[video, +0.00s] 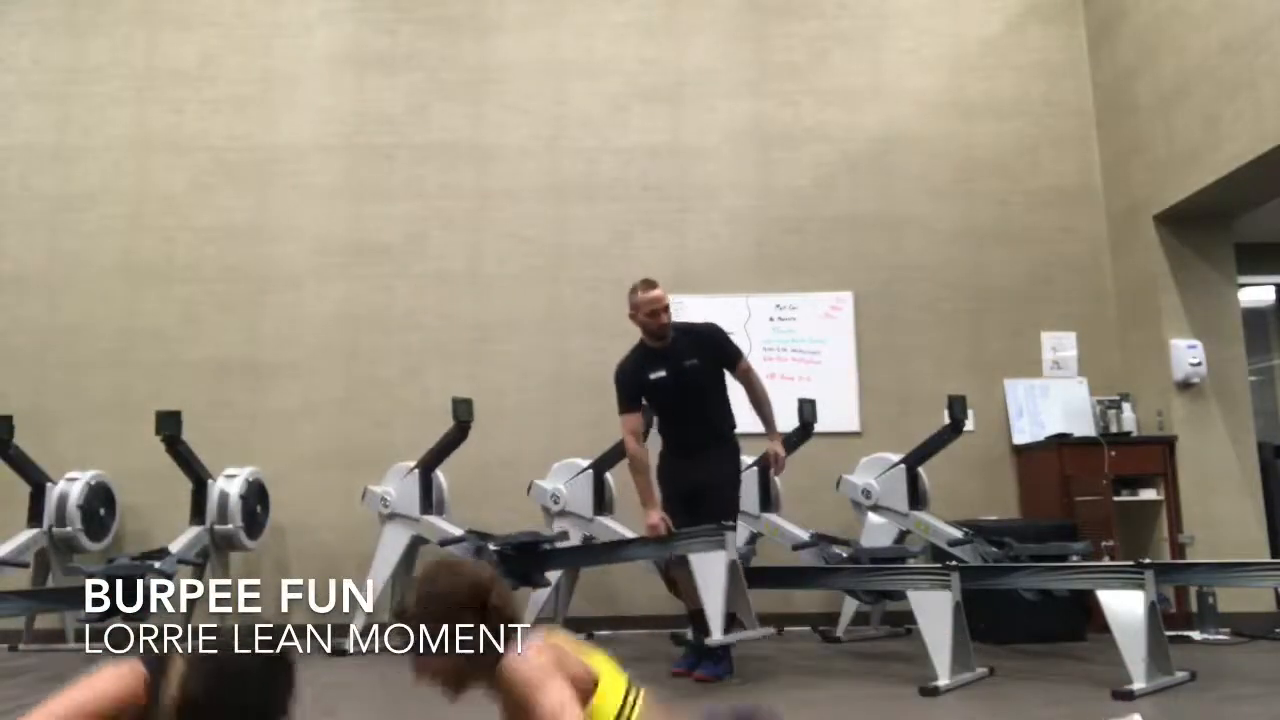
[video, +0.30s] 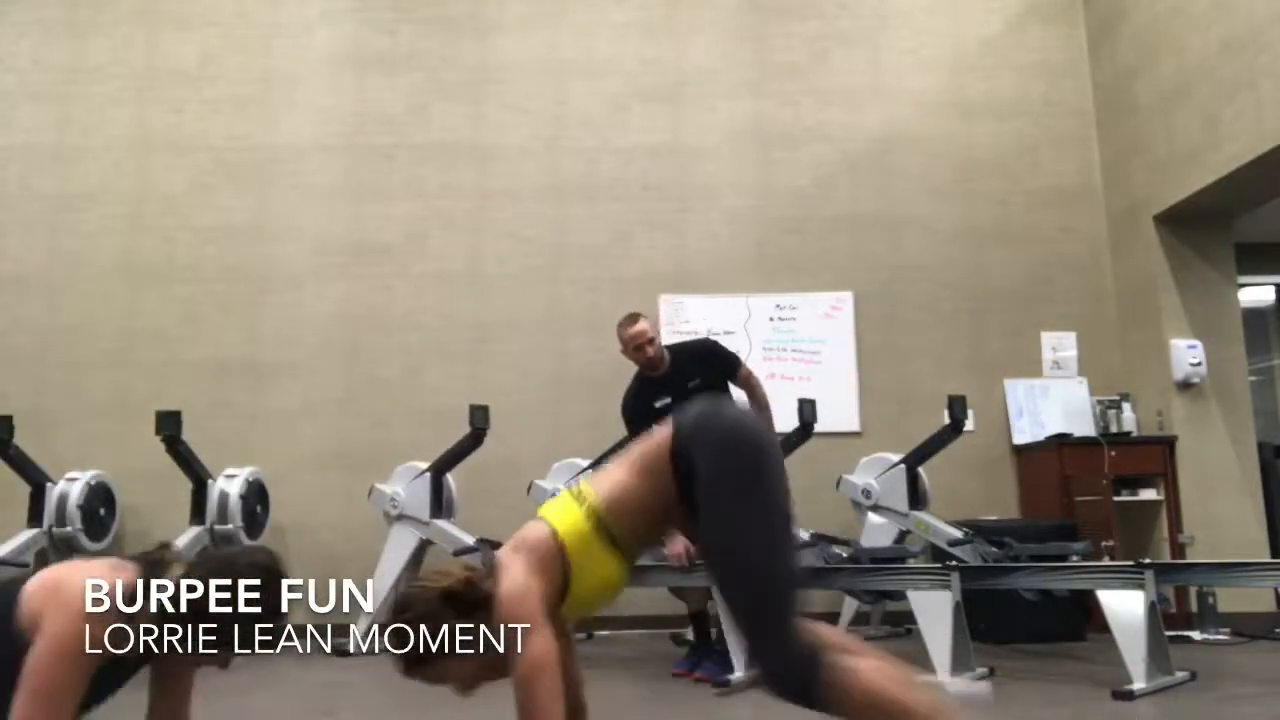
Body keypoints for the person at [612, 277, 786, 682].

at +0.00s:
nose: (661, 319)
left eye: (664, 310)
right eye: (651, 314)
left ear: (670, 307)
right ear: (634, 318)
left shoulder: (708, 337)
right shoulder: (630, 370)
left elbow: (749, 380)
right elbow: (633, 441)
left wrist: (773, 436)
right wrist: (650, 507)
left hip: (719, 456)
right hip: (675, 461)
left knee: (716, 550)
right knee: (674, 553)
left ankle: (720, 649)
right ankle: (700, 641)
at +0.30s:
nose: (648, 352)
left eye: (650, 342)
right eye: (637, 349)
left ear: (659, 334)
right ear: (626, 354)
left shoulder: (704, 354)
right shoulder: (634, 403)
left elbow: (751, 384)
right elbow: (653, 468)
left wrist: (767, 440)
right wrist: (671, 529)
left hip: (730, 477)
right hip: (682, 489)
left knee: (727, 560)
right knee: (685, 564)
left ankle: (730, 650)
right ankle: (701, 643)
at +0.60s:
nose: (652, 330)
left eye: (655, 320)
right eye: (642, 326)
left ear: (665, 315)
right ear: (633, 332)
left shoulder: (710, 343)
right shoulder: (637, 380)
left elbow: (752, 383)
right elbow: (644, 449)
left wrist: (768, 439)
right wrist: (661, 506)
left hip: (730, 455)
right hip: (685, 461)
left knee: (727, 548)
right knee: (684, 551)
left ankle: (726, 651)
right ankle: (692, 651)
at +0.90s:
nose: (673, 301)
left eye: (677, 293)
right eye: (664, 297)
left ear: (688, 293)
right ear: (653, 304)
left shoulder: (726, 328)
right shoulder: (650, 358)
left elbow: (761, 377)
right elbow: (643, 422)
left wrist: (776, 430)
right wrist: (651, 462)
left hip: (744, 450)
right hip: (696, 460)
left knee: (772, 521)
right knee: (696, 550)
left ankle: (740, 596)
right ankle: (703, 643)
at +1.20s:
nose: (722, 295)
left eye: (728, 286)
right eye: (714, 288)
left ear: (739, 288)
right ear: (702, 295)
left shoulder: (773, 331)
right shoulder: (691, 350)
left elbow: (805, 386)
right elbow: (678, 420)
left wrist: (813, 444)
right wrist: (678, 481)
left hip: (777, 460)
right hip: (725, 464)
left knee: (804, 549)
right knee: (706, 554)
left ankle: (838, 644)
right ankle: (704, 644)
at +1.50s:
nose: (771, 276)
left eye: (779, 268)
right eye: (764, 269)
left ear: (799, 272)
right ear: (758, 275)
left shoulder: (831, 320)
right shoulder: (747, 327)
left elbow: (868, 379)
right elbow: (741, 395)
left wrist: (876, 445)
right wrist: (752, 454)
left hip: (823, 448)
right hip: (773, 450)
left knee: (833, 548)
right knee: (762, 542)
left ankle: (844, 652)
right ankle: (778, 642)